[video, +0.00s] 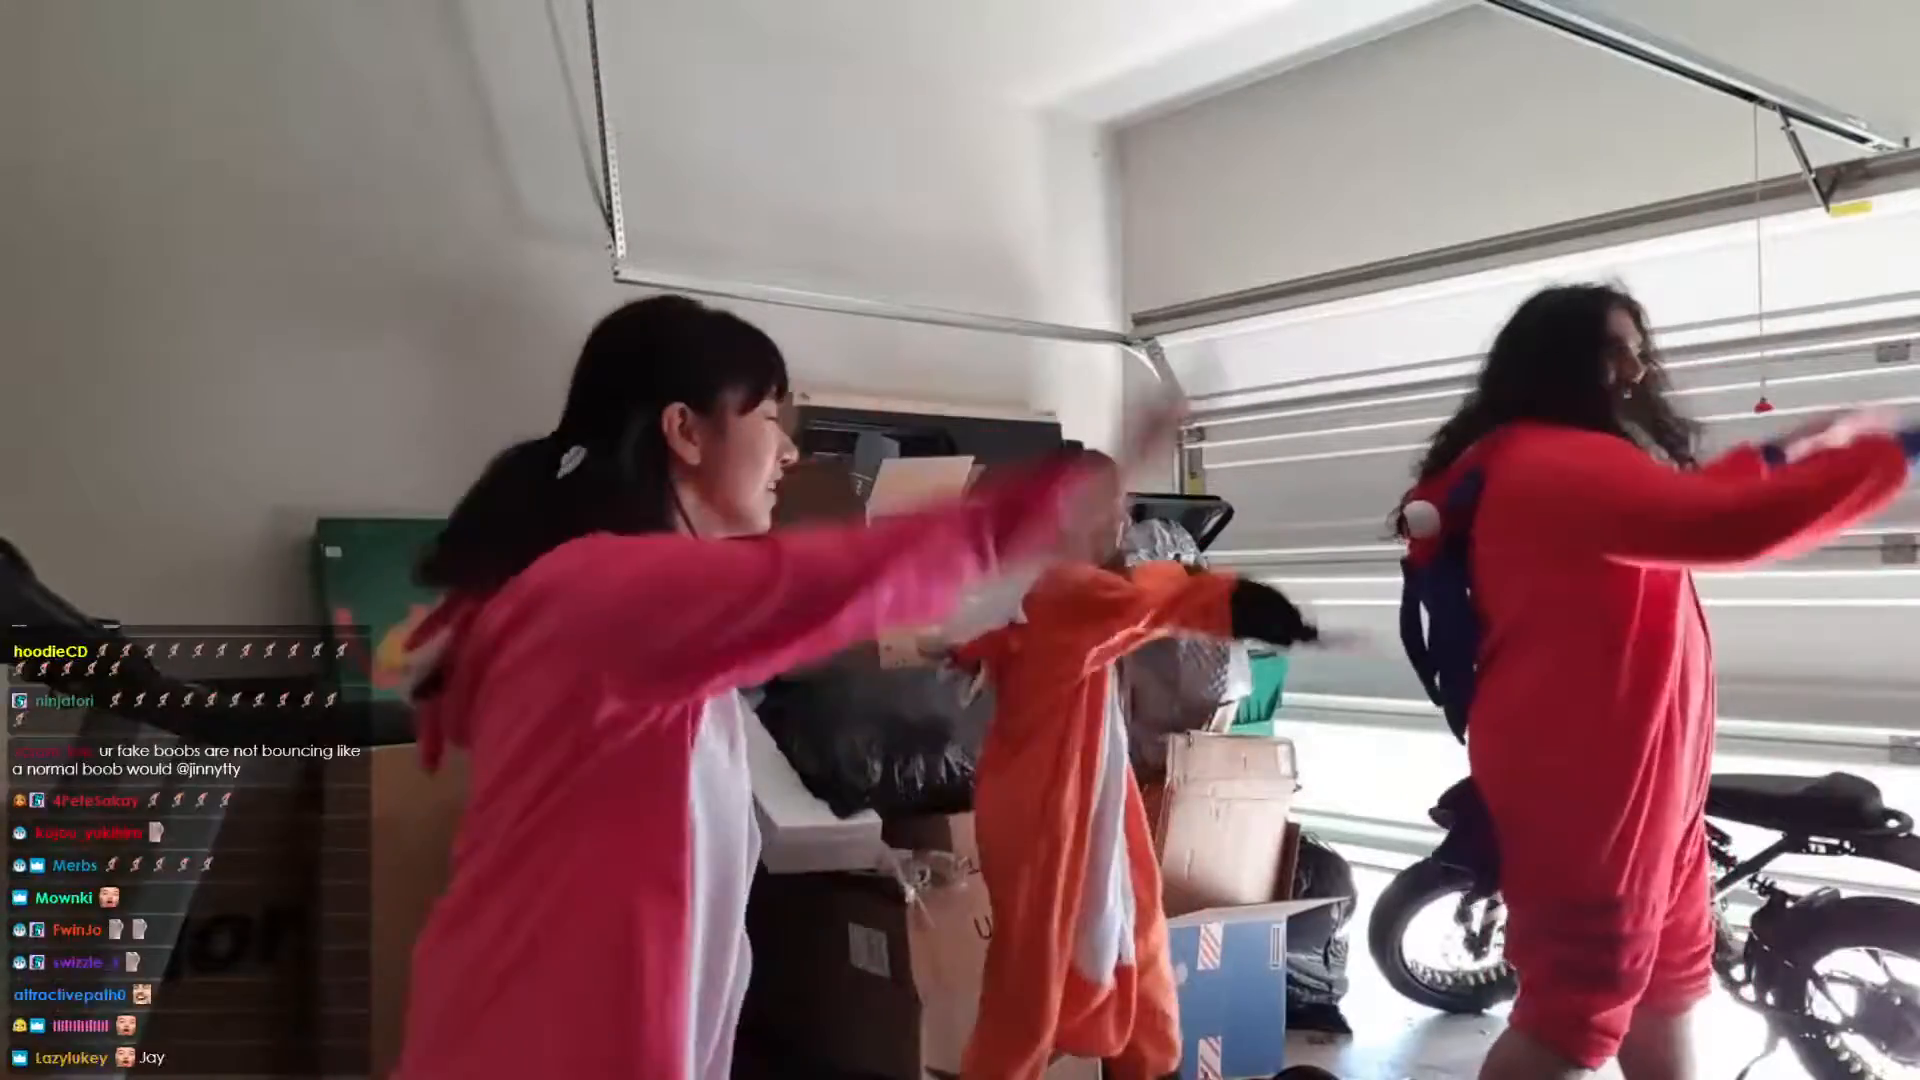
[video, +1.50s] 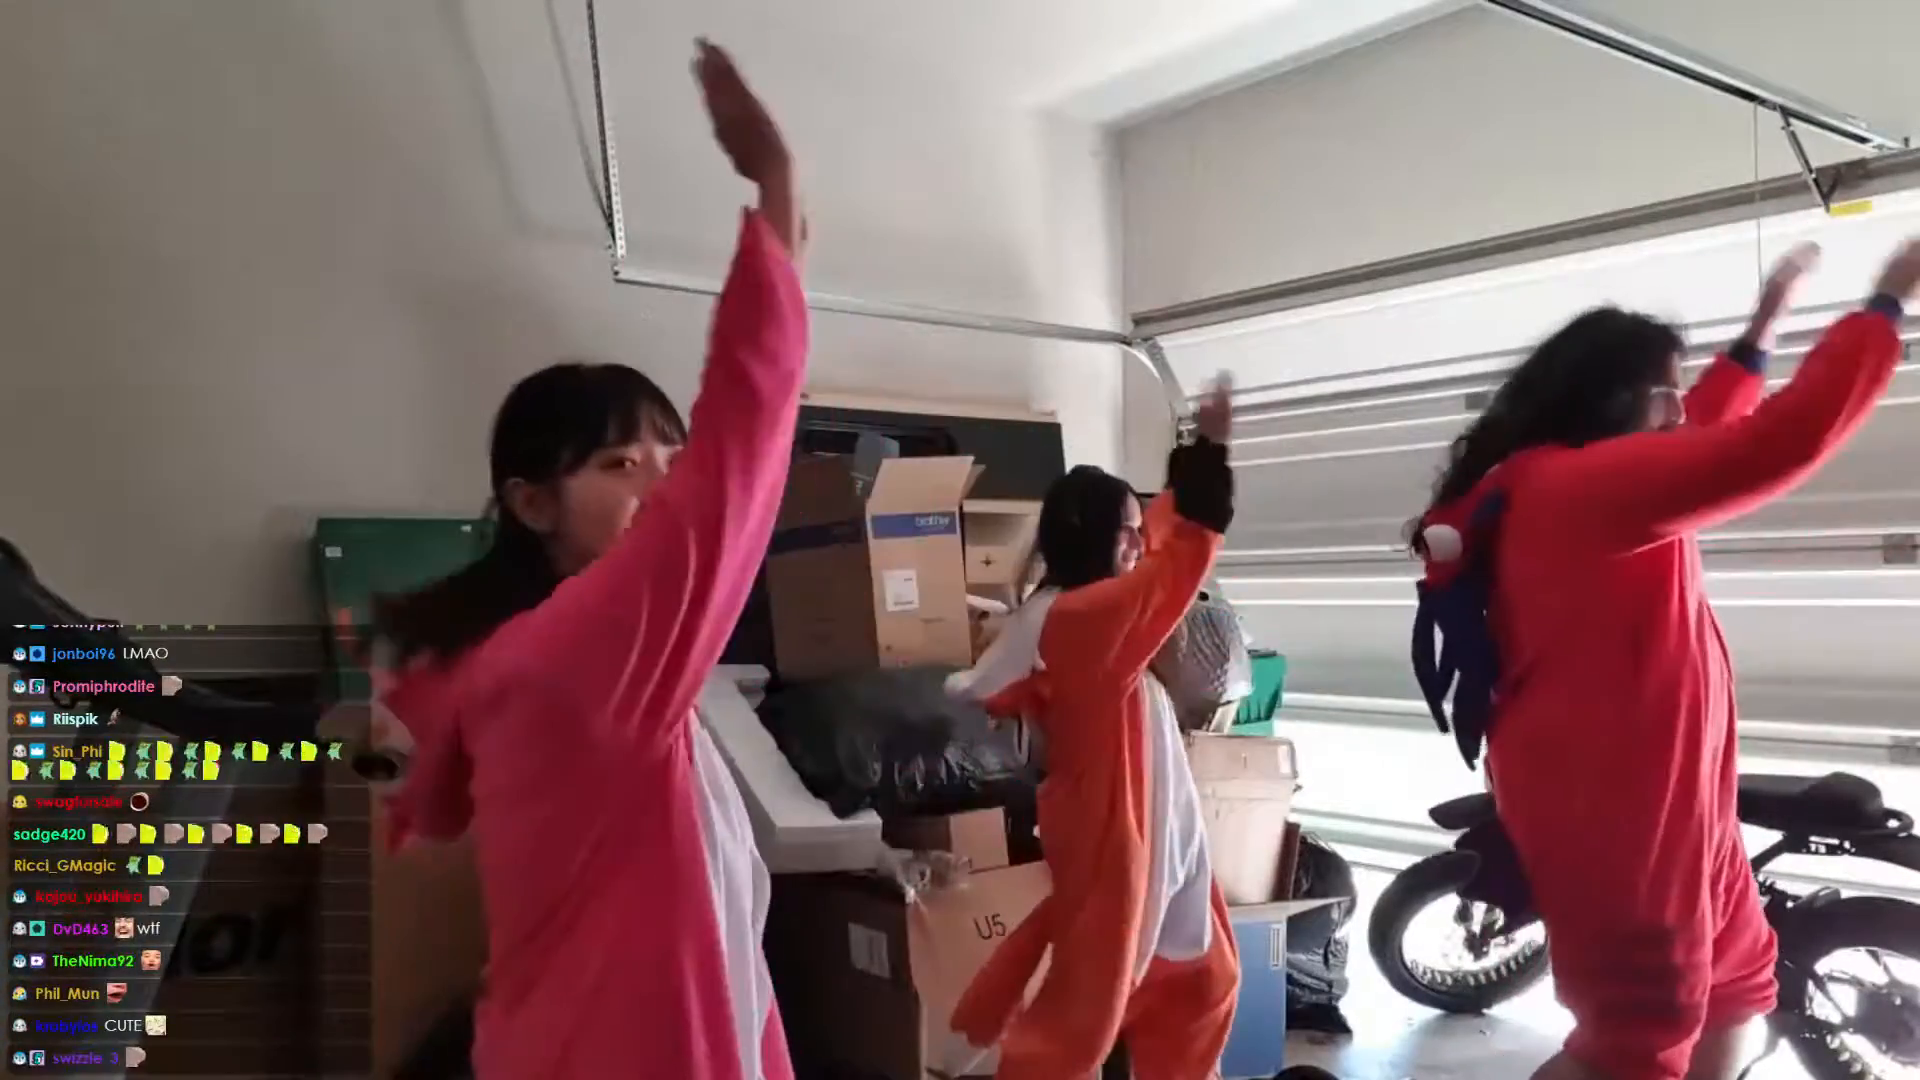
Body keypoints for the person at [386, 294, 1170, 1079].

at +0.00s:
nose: (791, 455)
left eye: (788, 425)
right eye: (773, 421)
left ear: (689, 440)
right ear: (686, 434)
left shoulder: (648, 609)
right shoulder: (592, 589)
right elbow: (867, 577)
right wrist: (1094, 480)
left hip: (634, 1043)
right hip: (552, 1049)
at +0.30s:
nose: (806, 501)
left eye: (797, 468)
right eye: (783, 467)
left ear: (699, 488)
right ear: (700, 485)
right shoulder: (625, 680)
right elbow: (721, 932)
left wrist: (800, 1027)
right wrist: (806, 1048)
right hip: (534, 1052)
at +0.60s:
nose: (687, 511)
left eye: (689, 483)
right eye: (673, 480)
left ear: (587, 508)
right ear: (617, 504)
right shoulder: (561, 674)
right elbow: (731, 469)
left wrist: (744, 243)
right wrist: (754, 230)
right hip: (633, 1058)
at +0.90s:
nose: (793, 449)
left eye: (786, 417)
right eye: (767, 413)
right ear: (669, 437)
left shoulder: (663, 600)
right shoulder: (600, 601)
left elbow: (854, 679)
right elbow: (837, 674)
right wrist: (1081, 686)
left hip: (652, 1036)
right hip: (562, 1042)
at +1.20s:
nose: (758, 483)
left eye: (771, 455)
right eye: (715, 451)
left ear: (790, 479)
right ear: (627, 482)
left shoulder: (693, 653)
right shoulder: (621, 674)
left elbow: (785, 876)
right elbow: (728, 926)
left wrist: (879, 1044)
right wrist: (866, 1049)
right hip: (532, 1062)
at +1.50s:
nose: (660, 485)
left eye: (669, 461)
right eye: (620, 463)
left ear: (685, 474)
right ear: (531, 503)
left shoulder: (617, 664)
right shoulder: (561, 665)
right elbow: (727, 473)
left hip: (697, 1055)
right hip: (616, 1059)